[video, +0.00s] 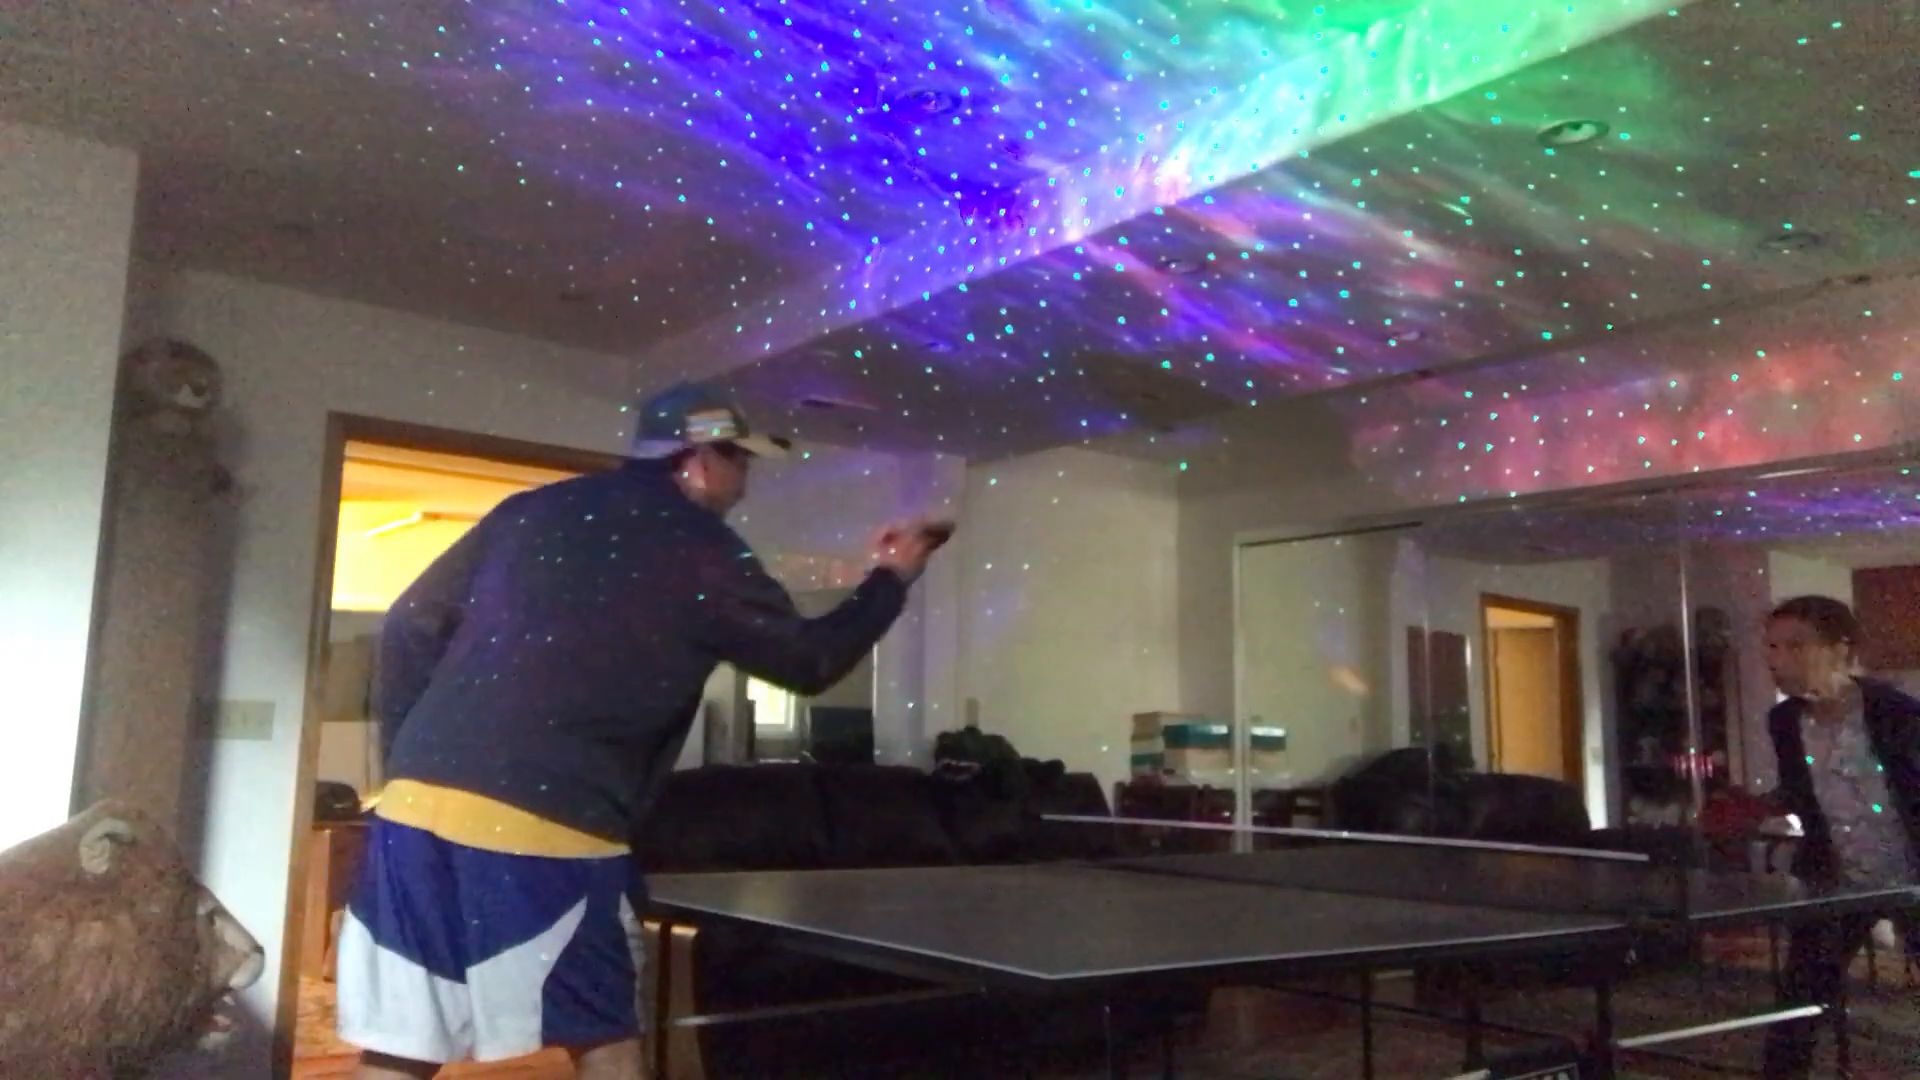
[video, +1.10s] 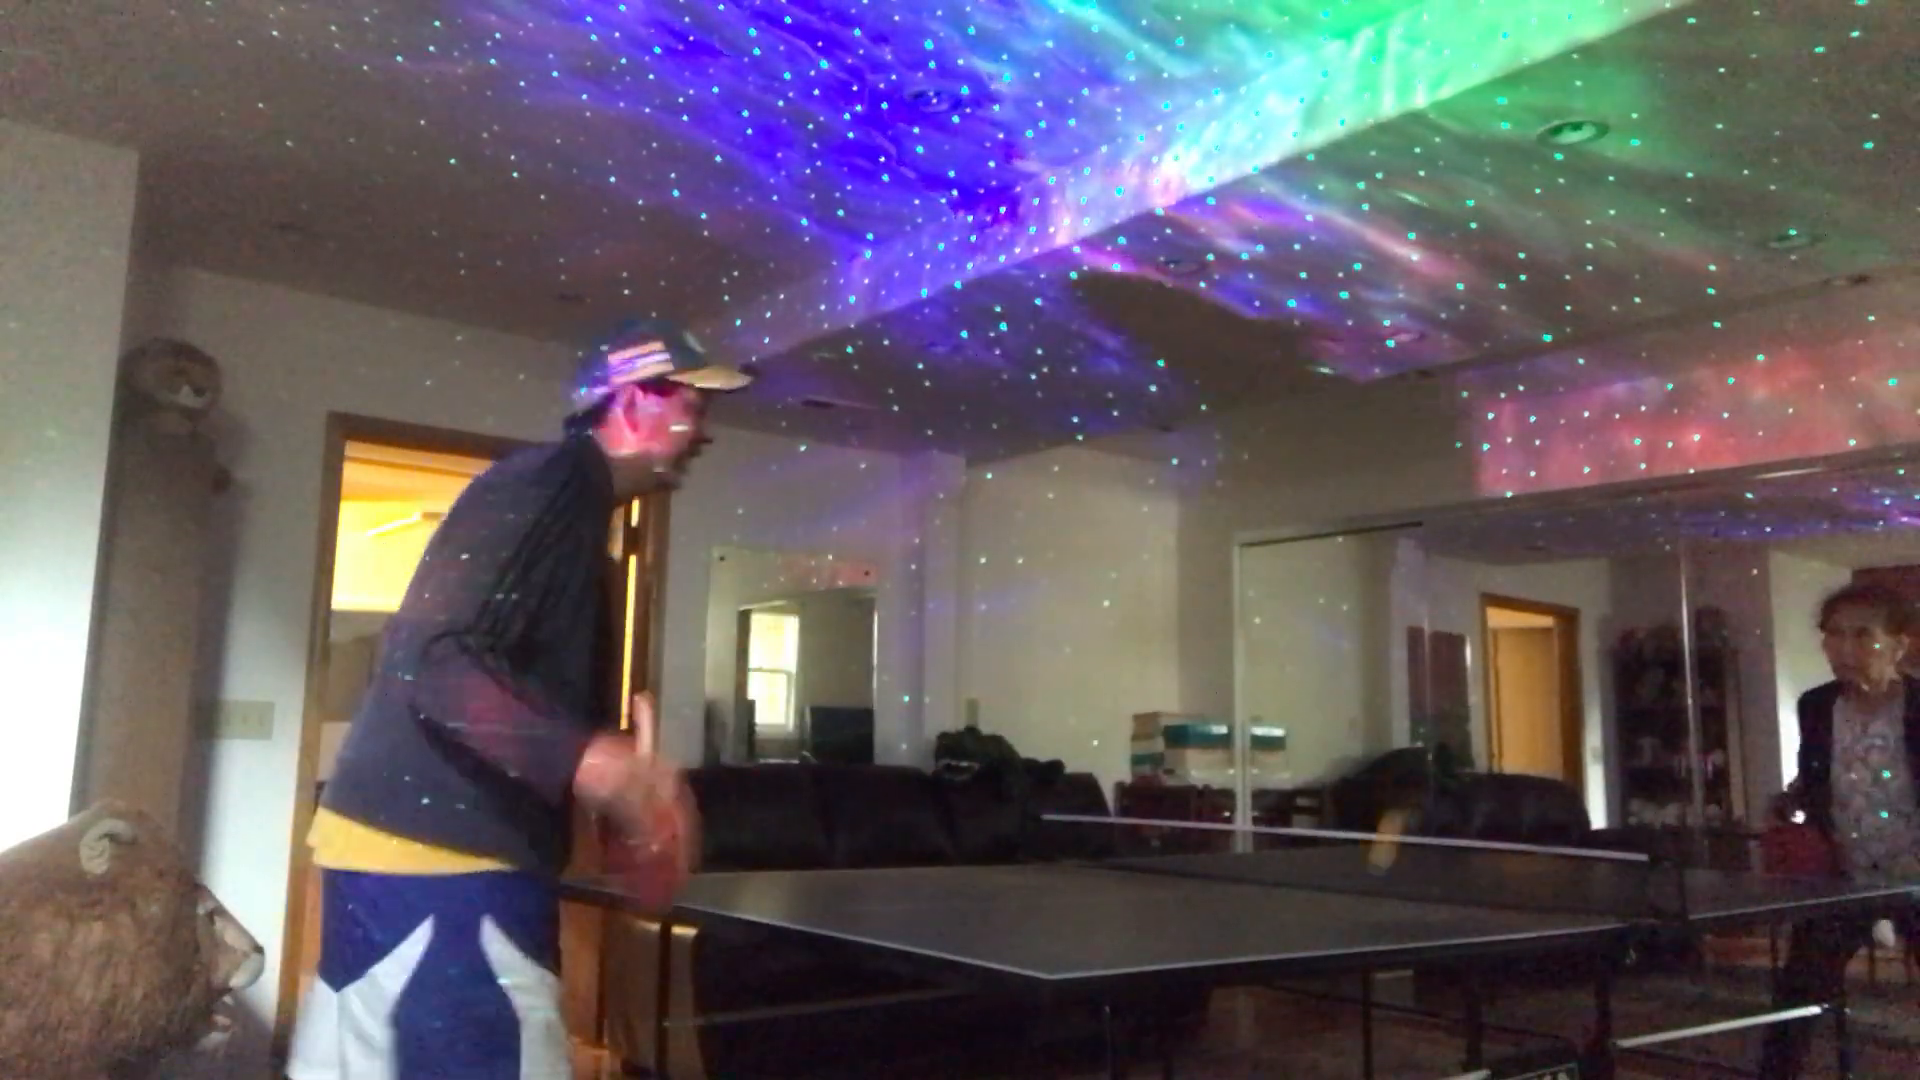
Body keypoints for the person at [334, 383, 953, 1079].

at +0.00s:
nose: (746, 478)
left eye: (746, 462)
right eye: (737, 460)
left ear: (658, 457)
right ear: (695, 463)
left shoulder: (529, 507)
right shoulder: (703, 552)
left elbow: (411, 621)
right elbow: (809, 661)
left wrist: (407, 764)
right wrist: (894, 574)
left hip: (408, 814)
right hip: (545, 834)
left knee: (397, 1059)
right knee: (604, 1061)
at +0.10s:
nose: (712, 463)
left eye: (715, 445)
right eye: (702, 442)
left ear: (620, 440)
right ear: (660, 444)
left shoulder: (504, 506)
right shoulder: (661, 528)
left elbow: (400, 637)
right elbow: (738, 672)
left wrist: (442, 745)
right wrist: (848, 623)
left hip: (405, 812)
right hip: (538, 826)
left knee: (391, 1058)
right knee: (606, 1055)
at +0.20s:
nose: (679, 447)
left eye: (677, 429)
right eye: (668, 427)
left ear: (587, 430)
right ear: (623, 434)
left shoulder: (468, 506)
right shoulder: (616, 515)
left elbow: (380, 653)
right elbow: (634, 665)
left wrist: (455, 727)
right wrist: (763, 685)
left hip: (389, 812)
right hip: (517, 822)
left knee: (394, 1057)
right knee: (588, 1058)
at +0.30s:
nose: (647, 430)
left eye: (646, 412)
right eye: (635, 410)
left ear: (562, 416)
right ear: (587, 415)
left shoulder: (450, 498)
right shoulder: (578, 505)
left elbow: (361, 653)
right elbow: (556, 665)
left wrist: (444, 733)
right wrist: (685, 716)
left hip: (368, 818)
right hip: (489, 827)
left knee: (380, 1060)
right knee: (564, 1059)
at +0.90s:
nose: (667, 422)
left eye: (666, 401)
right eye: (656, 398)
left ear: (596, 401)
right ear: (602, 398)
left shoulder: (470, 476)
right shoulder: (550, 477)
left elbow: (374, 644)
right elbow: (540, 659)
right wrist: (708, 684)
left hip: (350, 832)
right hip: (443, 844)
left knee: (358, 1059)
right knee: (469, 1064)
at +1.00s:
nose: (684, 427)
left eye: (684, 404)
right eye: (674, 400)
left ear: (606, 400)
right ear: (615, 399)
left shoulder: (520, 477)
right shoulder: (540, 474)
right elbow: (458, 642)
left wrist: (638, 789)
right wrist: (616, 741)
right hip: (443, 842)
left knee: (349, 1061)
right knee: (469, 1060)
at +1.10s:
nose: (704, 432)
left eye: (704, 408)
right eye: (692, 404)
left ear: (633, 406)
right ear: (633, 403)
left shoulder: (577, 509)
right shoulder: (548, 480)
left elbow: (551, 700)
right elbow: (427, 654)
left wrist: (627, 797)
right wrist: (579, 756)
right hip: (442, 863)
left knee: (364, 1067)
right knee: (501, 1064)